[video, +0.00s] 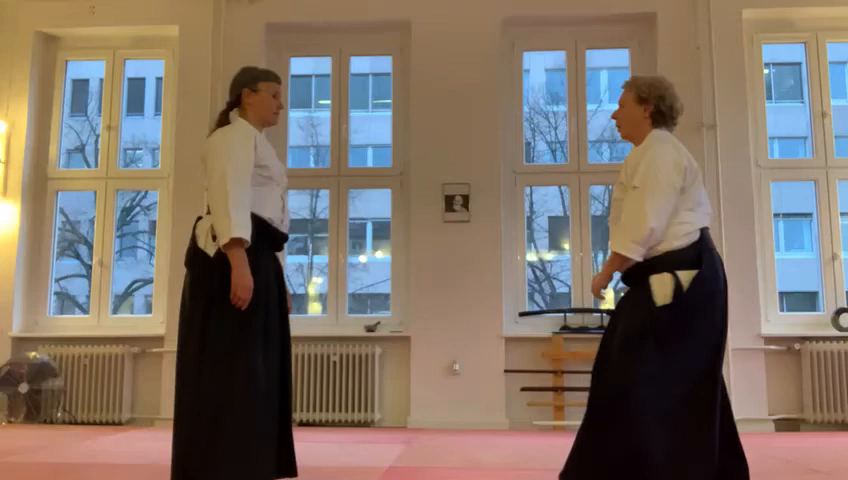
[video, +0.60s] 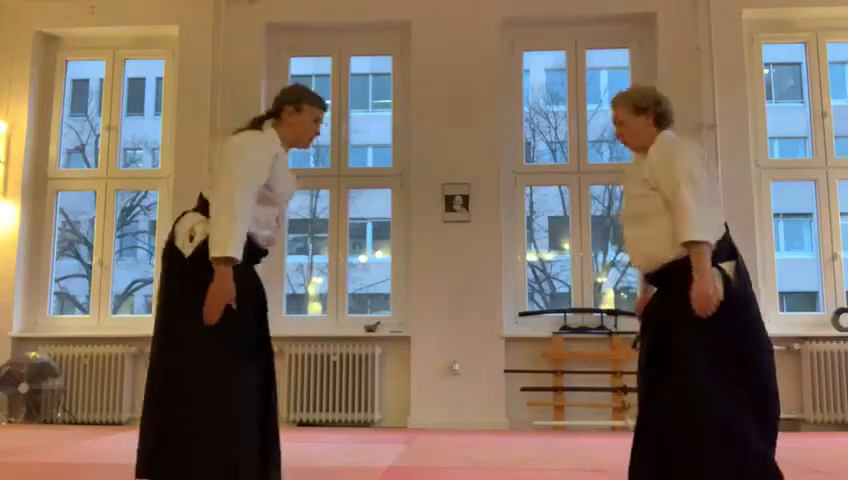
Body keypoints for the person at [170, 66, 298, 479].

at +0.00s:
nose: (280, 104)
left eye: (280, 98)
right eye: (273, 96)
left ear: (255, 100)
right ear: (247, 97)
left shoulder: (256, 141)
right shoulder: (233, 136)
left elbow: (261, 212)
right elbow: (226, 197)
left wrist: (276, 274)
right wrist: (238, 260)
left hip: (254, 258)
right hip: (233, 258)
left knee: (254, 368)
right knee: (234, 368)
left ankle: (250, 464)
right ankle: (229, 467)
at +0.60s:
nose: (317, 131)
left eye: (320, 124)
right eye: (315, 121)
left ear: (289, 117)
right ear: (289, 114)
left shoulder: (268, 150)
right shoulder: (254, 144)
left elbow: (242, 208)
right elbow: (231, 203)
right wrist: (224, 271)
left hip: (229, 263)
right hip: (213, 264)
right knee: (223, 377)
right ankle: (218, 470)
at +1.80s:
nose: (270, 98)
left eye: (270, 91)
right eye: (263, 90)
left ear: (244, 95)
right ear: (237, 92)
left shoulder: (249, 137)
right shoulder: (224, 134)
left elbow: (249, 202)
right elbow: (223, 197)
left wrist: (266, 257)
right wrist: (238, 262)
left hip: (254, 253)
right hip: (232, 256)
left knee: (252, 364)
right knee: (232, 364)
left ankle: (246, 465)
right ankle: (227, 467)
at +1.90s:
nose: (269, 99)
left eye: (268, 92)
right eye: (262, 91)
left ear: (241, 95)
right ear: (236, 92)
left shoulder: (245, 137)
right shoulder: (223, 135)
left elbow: (247, 200)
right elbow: (222, 197)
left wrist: (267, 255)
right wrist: (237, 262)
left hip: (253, 254)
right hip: (233, 258)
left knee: (252, 364)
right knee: (233, 365)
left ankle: (248, 465)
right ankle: (229, 467)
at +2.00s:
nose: (269, 99)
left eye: (268, 92)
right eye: (262, 90)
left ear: (240, 95)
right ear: (235, 92)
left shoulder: (246, 137)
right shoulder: (223, 134)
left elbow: (247, 201)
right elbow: (222, 196)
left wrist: (266, 255)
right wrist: (236, 261)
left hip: (254, 255)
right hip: (233, 257)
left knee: (252, 364)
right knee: (232, 366)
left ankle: (249, 465)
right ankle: (229, 467)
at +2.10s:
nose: (269, 98)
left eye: (268, 91)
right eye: (261, 90)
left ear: (241, 96)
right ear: (235, 93)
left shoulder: (246, 137)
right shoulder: (223, 134)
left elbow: (247, 201)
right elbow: (221, 196)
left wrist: (266, 255)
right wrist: (235, 261)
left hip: (254, 255)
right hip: (231, 257)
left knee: (253, 365)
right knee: (232, 367)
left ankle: (251, 464)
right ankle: (230, 467)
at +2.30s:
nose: (270, 100)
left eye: (269, 92)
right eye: (263, 91)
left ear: (244, 96)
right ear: (236, 94)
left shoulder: (246, 136)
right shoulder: (226, 134)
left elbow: (245, 202)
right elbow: (222, 197)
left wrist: (265, 257)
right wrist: (234, 263)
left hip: (250, 255)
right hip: (229, 258)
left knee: (249, 367)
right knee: (230, 368)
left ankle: (248, 464)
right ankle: (227, 467)